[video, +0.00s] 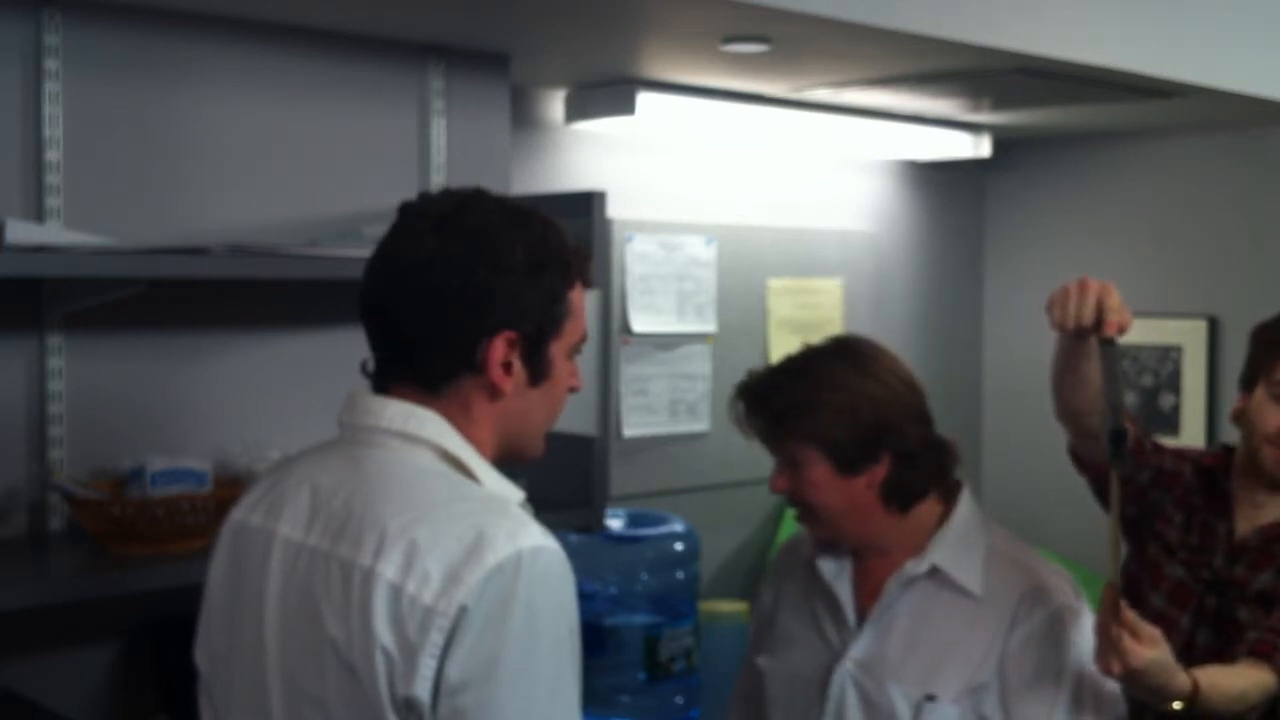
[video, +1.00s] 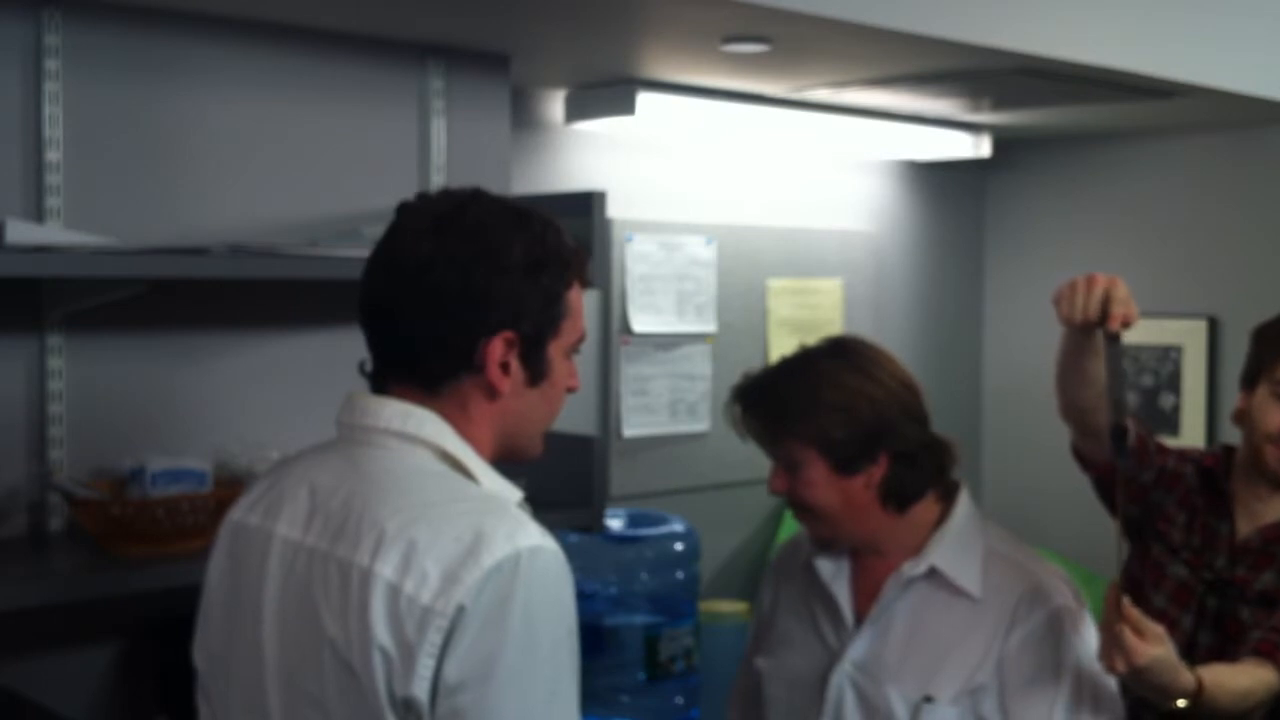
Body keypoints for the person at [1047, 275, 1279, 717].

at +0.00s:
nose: (1279, 421)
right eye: (1275, 397)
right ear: (1241, 404)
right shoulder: (1172, 484)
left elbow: (1265, 675)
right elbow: (1089, 426)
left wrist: (1181, 687)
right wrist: (1080, 332)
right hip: (1131, 705)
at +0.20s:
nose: (1279, 420)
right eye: (1276, 395)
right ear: (1243, 402)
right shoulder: (1169, 484)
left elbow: (1267, 674)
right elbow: (1091, 426)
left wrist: (1184, 688)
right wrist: (1085, 333)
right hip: (1131, 703)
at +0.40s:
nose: (1279, 419)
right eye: (1277, 395)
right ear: (1243, 401)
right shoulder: (1170, 484)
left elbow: (1268, 673)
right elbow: (1092, 425)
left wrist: (1186, 688)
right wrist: (1087, 333)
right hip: (1133, 703)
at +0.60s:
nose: (1278, 418)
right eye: (1276, 394)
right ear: (1243, 401)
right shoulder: (1171, 484)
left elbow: (1267, 676)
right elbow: (1092, 425)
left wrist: (1186, 687)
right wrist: (1086, 331)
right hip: (1134, 703)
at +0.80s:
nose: (1278, 418)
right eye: (1276, 394)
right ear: (1244, 401)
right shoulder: (1174, 484)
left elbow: (1267, 676)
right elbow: (1093, 427)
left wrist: (1186, 687)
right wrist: (1087, 330)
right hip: (1129, 702)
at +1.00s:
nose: (1278, 418)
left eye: (1279, 397)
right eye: (1275, 394)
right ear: (1243, 401)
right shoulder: (1174, 485)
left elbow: (1267, 674)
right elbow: (1092, 426)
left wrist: (1186, 686)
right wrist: (1086, 330)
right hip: (1128, 704)